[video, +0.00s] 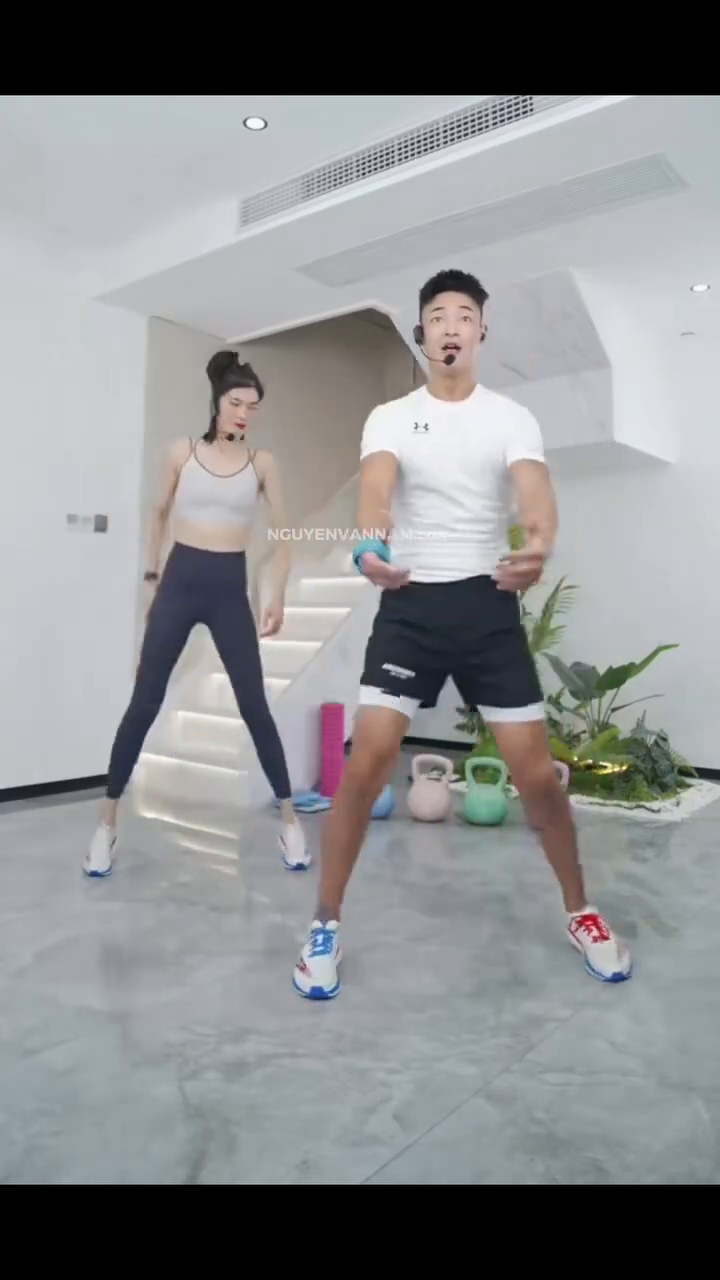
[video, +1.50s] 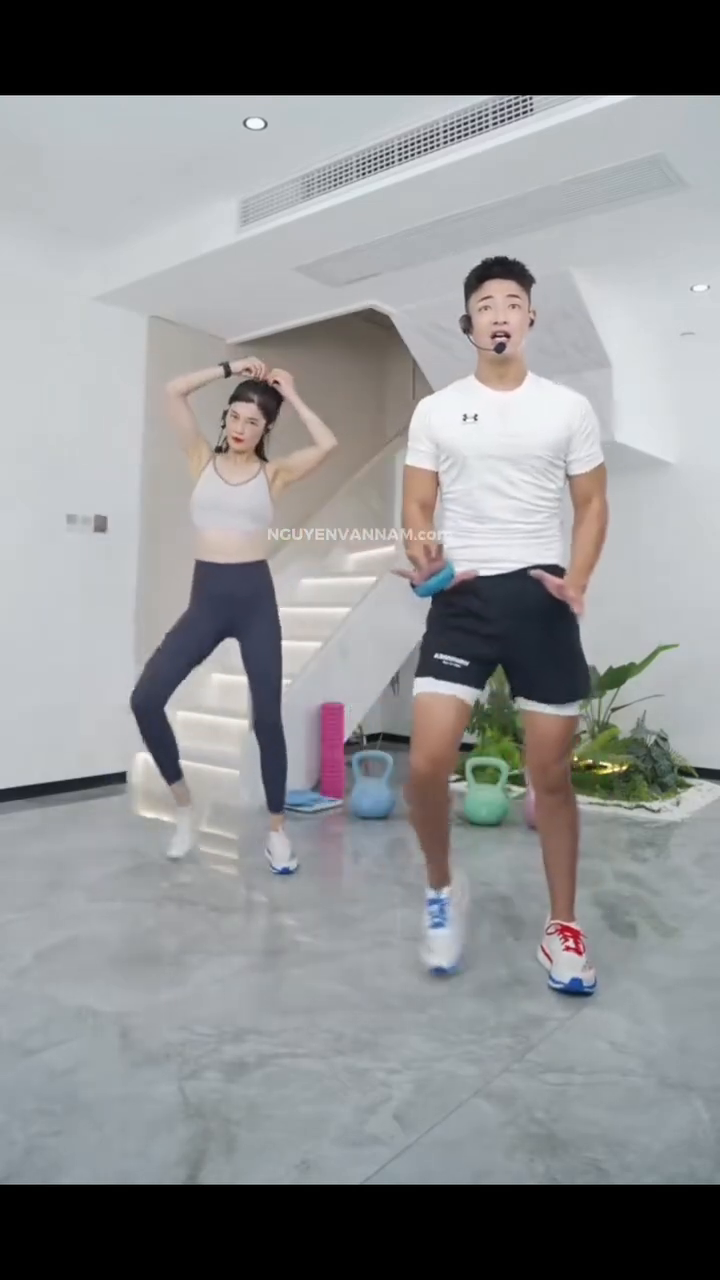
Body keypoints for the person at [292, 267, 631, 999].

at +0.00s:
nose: (449, 329)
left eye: (462, 318)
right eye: (437, 318)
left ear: (483, 331)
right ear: (420, 334)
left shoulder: (513, 420)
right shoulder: (390, 419)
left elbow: (539, 511)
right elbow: (374, 495)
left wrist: (534, 552)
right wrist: (373, 544)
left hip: (490, 610)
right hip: (408, 609)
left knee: (540, 779)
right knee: (368, 762)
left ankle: (580, 914)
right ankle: (324, 926)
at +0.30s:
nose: (396, 313)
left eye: (410, 303)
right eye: (383, 303)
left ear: (429, 320)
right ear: (366, 321)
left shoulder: (459, 409)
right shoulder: (329, 403)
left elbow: (485, 506)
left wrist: (496, 592)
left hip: (429, 592)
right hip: (348, 594)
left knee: (442, 766)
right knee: (334, 757)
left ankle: (424, 876)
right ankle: (322, 929)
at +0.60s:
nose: (382, 311)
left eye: (395, 300)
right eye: (370, 301)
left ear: (415, 314)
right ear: (353, 317)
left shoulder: (455, 406)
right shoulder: (320, 409)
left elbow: (479, 507)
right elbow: (303, 514)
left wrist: (470, 591)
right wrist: (321, 586)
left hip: (433, 596)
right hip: (349, 597)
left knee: (443, 775)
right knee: (334, 760)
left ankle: (409, 885)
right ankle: (321, 928)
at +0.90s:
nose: (439, 312)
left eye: (453, 301)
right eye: (427, 302)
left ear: (473, 316)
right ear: (410, 320)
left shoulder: (514, 405)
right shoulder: (377, 410)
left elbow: (539, 502)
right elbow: (360, 514)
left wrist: (537, 575)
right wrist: (366, 553)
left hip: (496, 599)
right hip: (410, 604)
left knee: (531, 774)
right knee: (371, 768)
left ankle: (561, 927)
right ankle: (328, 927)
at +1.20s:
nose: (498, 314)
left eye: (511, 302)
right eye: (485, 303)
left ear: (530, 315)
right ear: (467, 320)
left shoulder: (570, 406)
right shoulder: (436, 412)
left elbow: (597, 501)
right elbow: (418, 516)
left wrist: (589, 575)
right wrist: (430, 564)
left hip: (547, 600)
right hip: (465, 599)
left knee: (553, 776)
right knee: (439, 759)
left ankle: (563, 928)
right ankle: (461, 885)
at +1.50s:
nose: (499, 316)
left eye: (512, 305)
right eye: (486, 306)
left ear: (531, 318)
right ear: (468, 322)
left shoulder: (568, 409)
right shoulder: (436, 411)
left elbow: (592, 507)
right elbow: (416, 513)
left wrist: (577, 582)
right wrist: (423, 552)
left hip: (541, 602)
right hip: (459, 601)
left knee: (551, 777)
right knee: (425, 768)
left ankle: (563, 927)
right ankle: (440, 888)